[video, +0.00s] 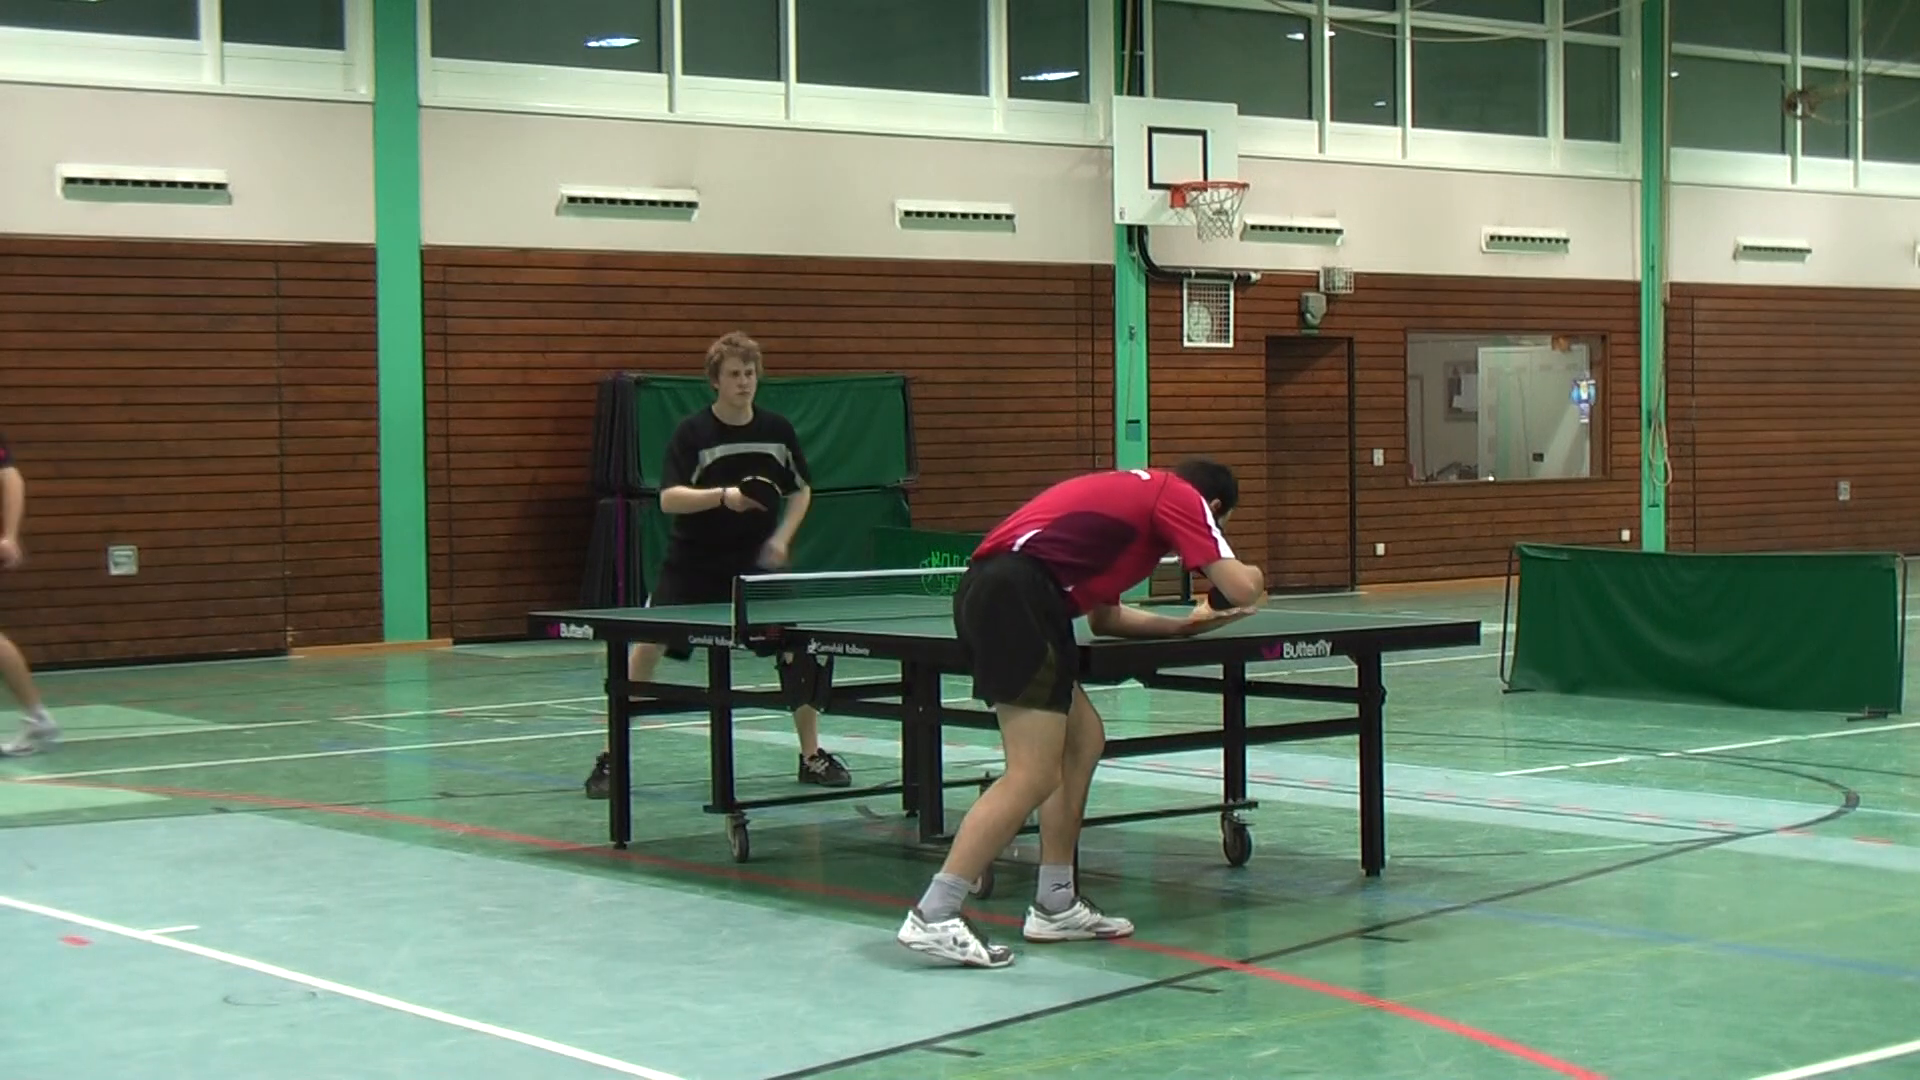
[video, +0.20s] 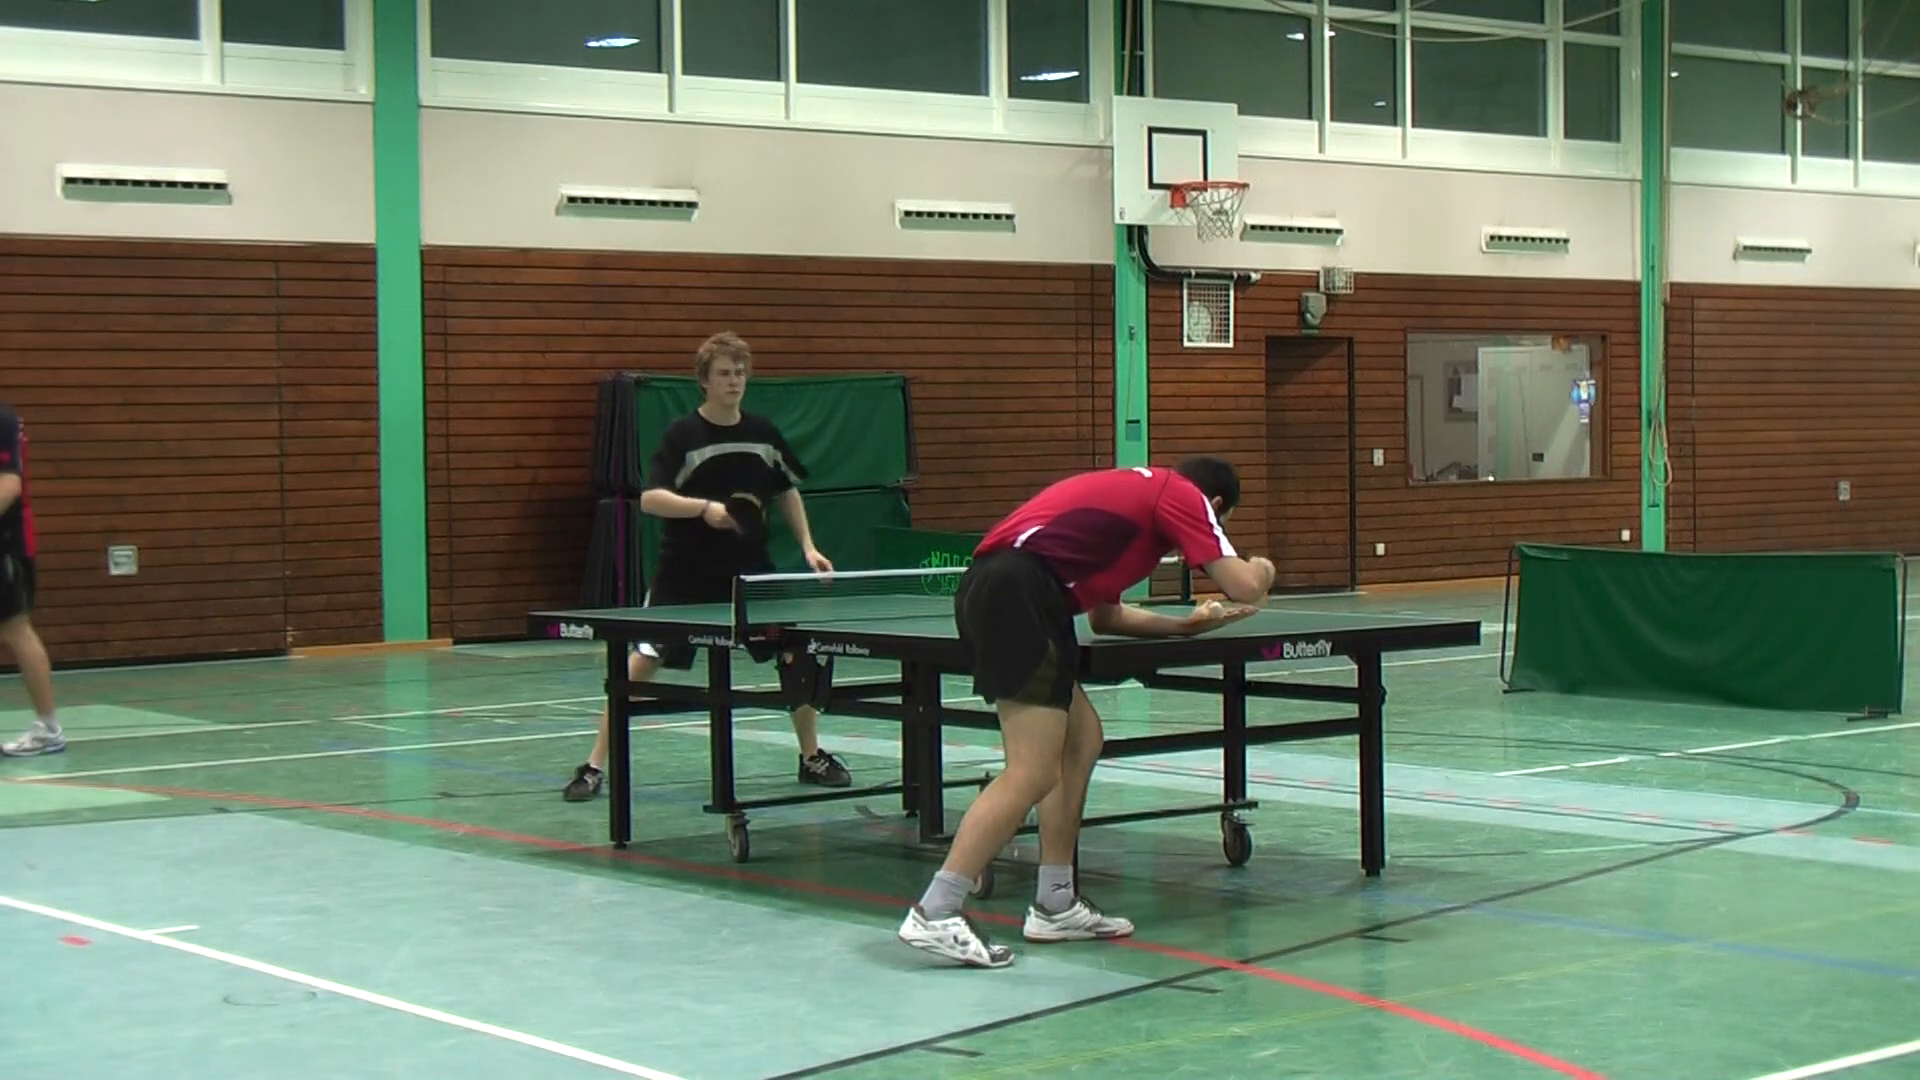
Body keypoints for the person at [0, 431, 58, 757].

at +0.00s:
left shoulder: (1, 445)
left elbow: (10, 476)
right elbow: (12, 477)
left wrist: (10, 535)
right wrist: (10, 534)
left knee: (1, 638)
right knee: (1, 639)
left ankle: (38, 717)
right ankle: (38, 717)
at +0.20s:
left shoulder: (6, 419)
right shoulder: (8, 419)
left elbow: (10, 483)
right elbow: (12, 483)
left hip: (9, 546)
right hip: (8, 547)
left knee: (17, 630)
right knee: (16, 631)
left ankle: (48, 725)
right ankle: (47, 724)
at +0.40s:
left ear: (1, 374)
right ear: (4, 372)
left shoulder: (13, 411)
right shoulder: (14, 410)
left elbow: (19, 480)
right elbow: (22, 478)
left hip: (19, 540)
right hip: (16, 538)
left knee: (32, 627)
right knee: (27, 627)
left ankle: (50, 724)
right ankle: (49, 723)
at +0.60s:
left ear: (1, 376)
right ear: (5, 375)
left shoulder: (14, 411)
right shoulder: (14, 410)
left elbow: (30, 478)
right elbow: (29, 478)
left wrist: (14, 540)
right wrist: (14, 538)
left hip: (27, 540)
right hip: (11, 540)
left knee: (36, 623)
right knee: (9, 624)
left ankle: (49, 726)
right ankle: (16, 717)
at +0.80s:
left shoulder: (12, 413)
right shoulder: (14, 413)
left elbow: (30, 469)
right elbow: (31, 470)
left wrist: (25, 534)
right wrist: (25, 535)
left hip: (31, 542)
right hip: (19, 542)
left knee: (29, 622)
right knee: (19, 624)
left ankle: (44, 722)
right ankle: (28, 714)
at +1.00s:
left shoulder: (16, 412)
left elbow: (60, 455)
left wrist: (24, 504)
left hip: (50, 523)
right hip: (18, 530)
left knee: (43, 605)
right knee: (20, 613)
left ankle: (33, 707)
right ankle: (31, 707)